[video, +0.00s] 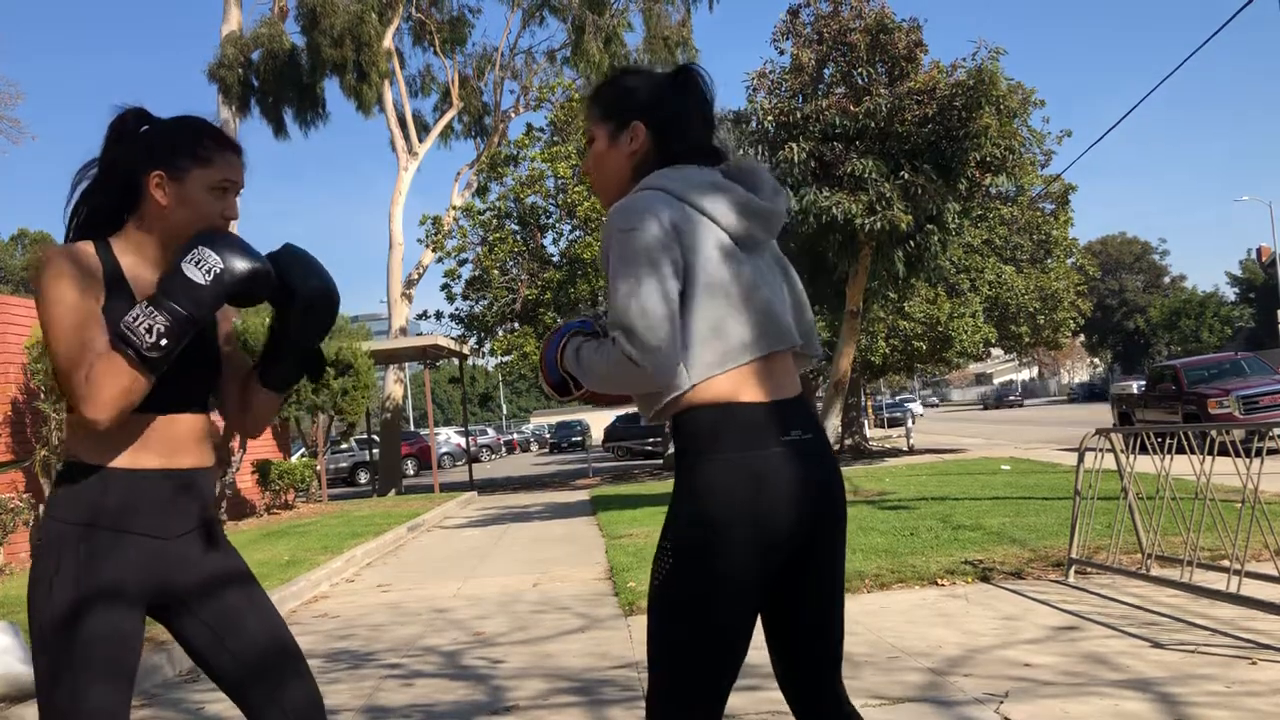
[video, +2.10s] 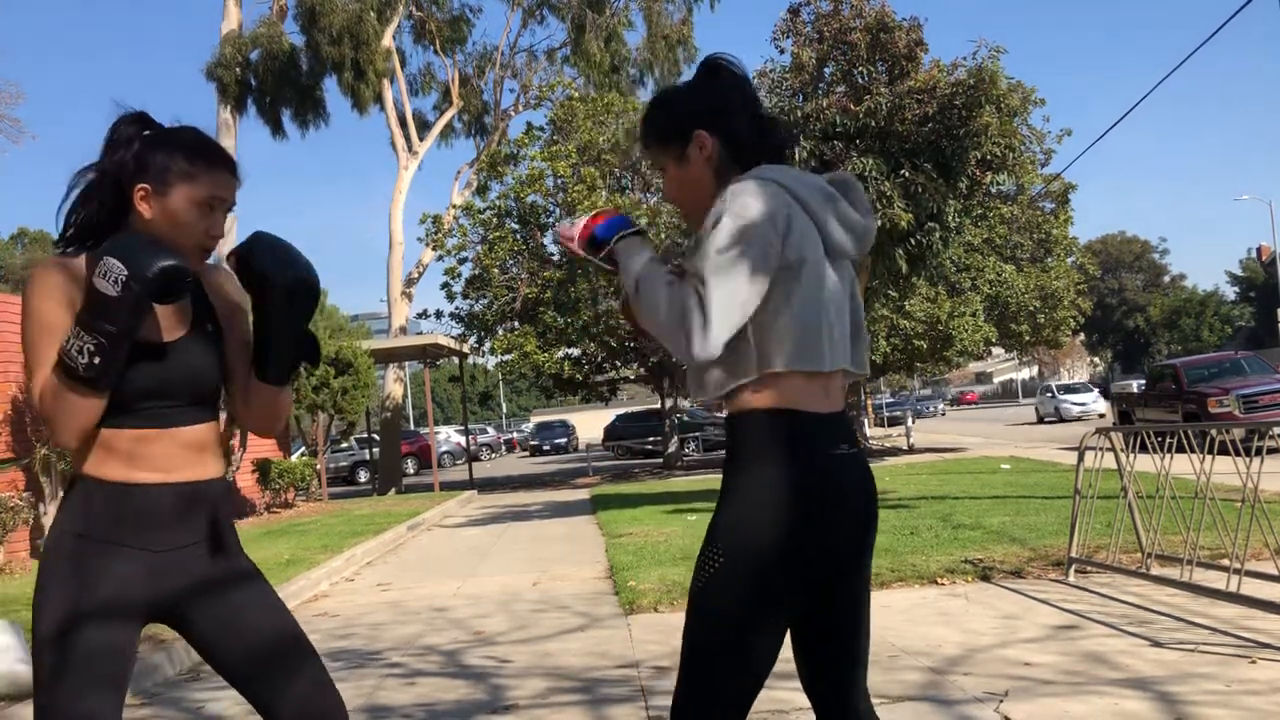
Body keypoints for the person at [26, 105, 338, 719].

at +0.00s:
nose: (234, 212)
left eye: (237, 194)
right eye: (222, 191)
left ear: (168, 190)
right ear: (161, 188)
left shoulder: (207, 294)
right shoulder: (73, 265)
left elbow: (247, 416)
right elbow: (98, 401)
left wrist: (296, 336)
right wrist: (185, 299)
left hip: (195, 532)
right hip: (95, 531)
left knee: (296, 705)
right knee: (85, 710)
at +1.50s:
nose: (204, 227)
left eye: (206, 211)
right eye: (190, 207)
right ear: (127, 205)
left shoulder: (193, 297)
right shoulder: (41, 277)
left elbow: (252, 425)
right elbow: (49, 422)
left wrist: (276, 340)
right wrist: (108, 317)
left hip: (190, 541)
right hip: (82, 546)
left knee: (323, 697)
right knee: (70, 709)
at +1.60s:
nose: (211, 204)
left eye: (212, 188)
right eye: (195, 186)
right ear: (131, 188)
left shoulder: (220, 267)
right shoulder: (62, 271)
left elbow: (342, 322)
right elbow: (48, 421)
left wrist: (351, 255)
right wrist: (90, 312)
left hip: (208, 529)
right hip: (99, 533)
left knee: (313, 706)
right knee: (79, 711)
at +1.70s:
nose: (226, 209)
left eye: (230, 192)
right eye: (211, 191)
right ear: (145, 190)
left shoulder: (246, 250)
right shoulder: (82, 275)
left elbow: (379, 229)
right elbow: (87, 426)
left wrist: (460, 165)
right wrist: (110, 318)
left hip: (221, 533)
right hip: (113, 531)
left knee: (314, 703)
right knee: (82, 707)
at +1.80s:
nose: (231, 217)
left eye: (236, 201)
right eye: (217, 199)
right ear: (152, 194)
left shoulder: (246, 254)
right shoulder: (83, 277)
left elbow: (378, 253)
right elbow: (93, 429)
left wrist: (434, 186)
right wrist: (120, 323)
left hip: (225, 535)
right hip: (116, 533)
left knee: (326, 707)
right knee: (80, 711)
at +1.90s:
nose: (229, 225)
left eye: (234, 208)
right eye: (216, 206)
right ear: (151, 199)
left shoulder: (232, 273)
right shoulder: (74, 279)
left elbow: (339, 360)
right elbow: (76, 436)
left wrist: (360, 274)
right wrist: (112, 327)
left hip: (224, 536)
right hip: (115, 537)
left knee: (330, 707)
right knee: (83, 711)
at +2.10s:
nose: (222, 227)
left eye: (228, 211)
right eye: (210, 207)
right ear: (145, 199)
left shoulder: (218, 287)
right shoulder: (59, 281)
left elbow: (266, 419)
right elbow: (65, 430)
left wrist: (284, 318)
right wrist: (107, 321)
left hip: (208, 540)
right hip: (101, 541)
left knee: (318, 708)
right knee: (75, 710)